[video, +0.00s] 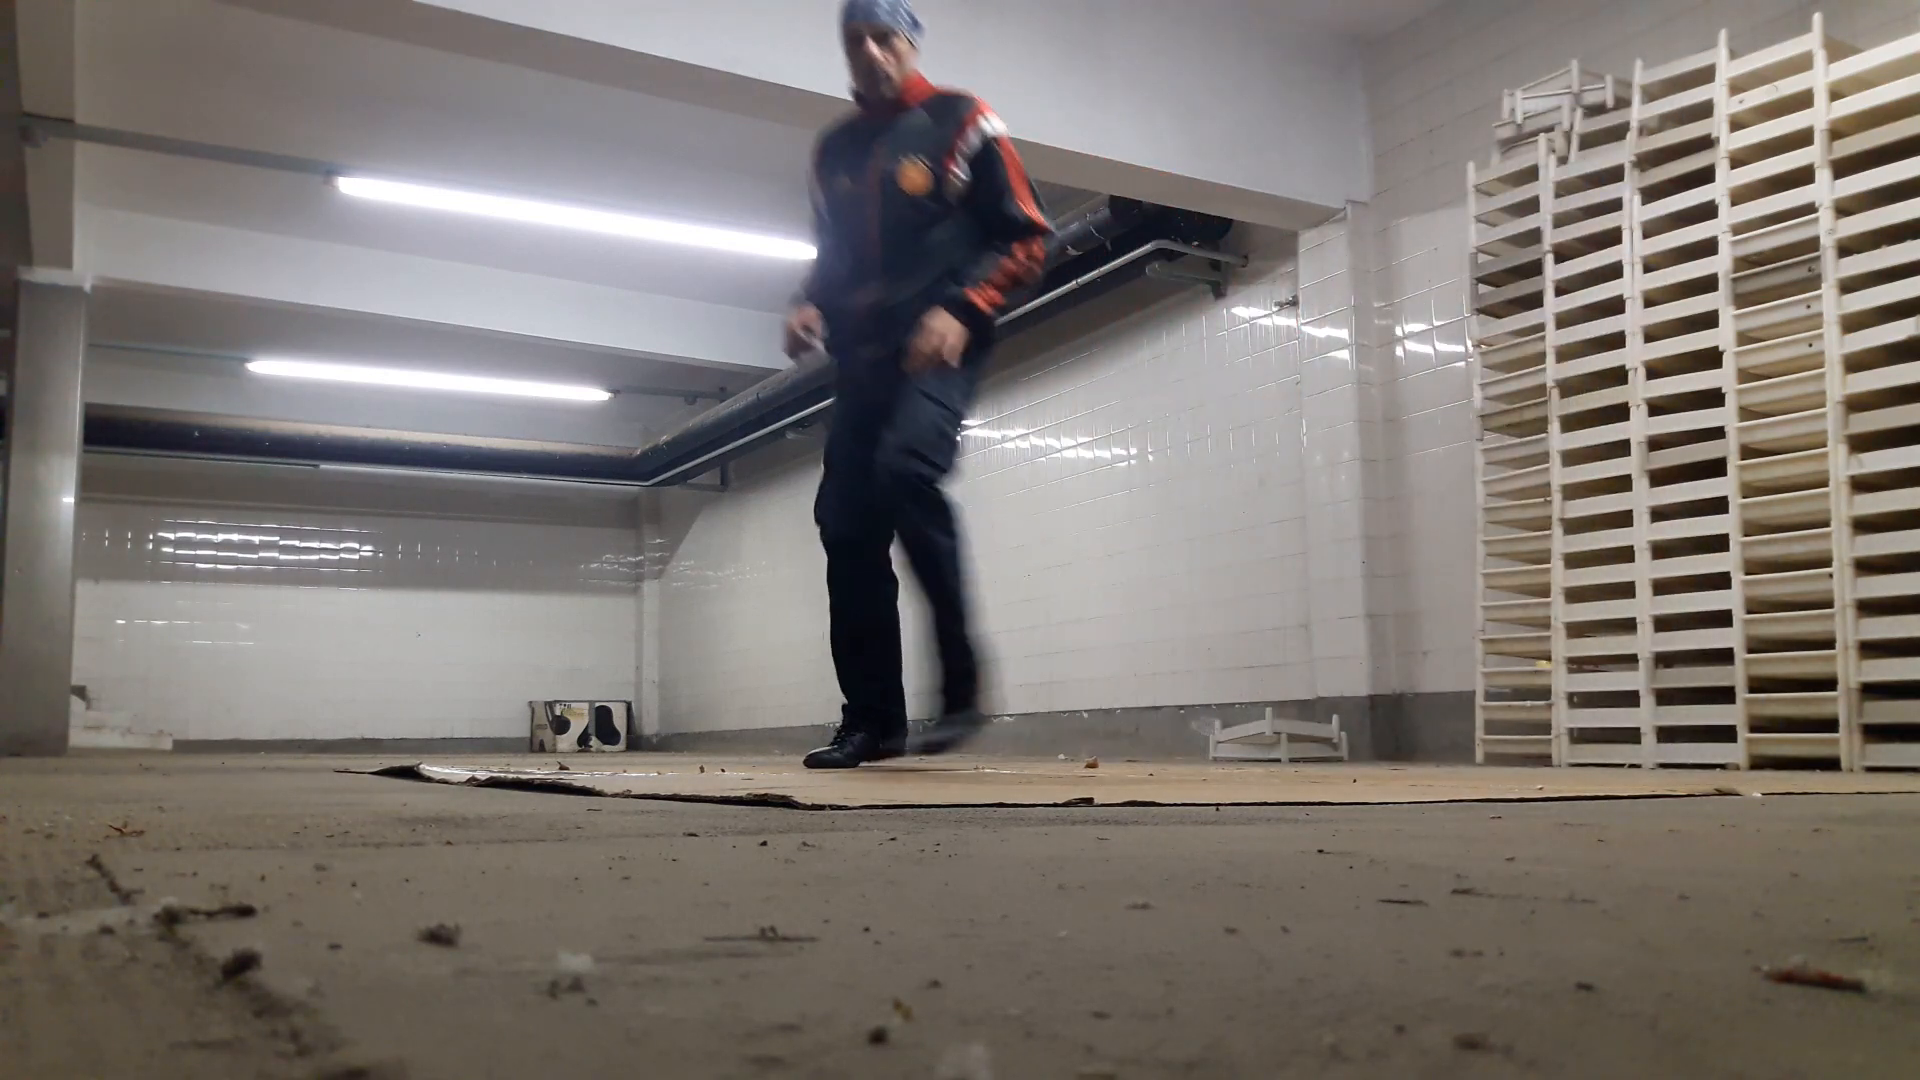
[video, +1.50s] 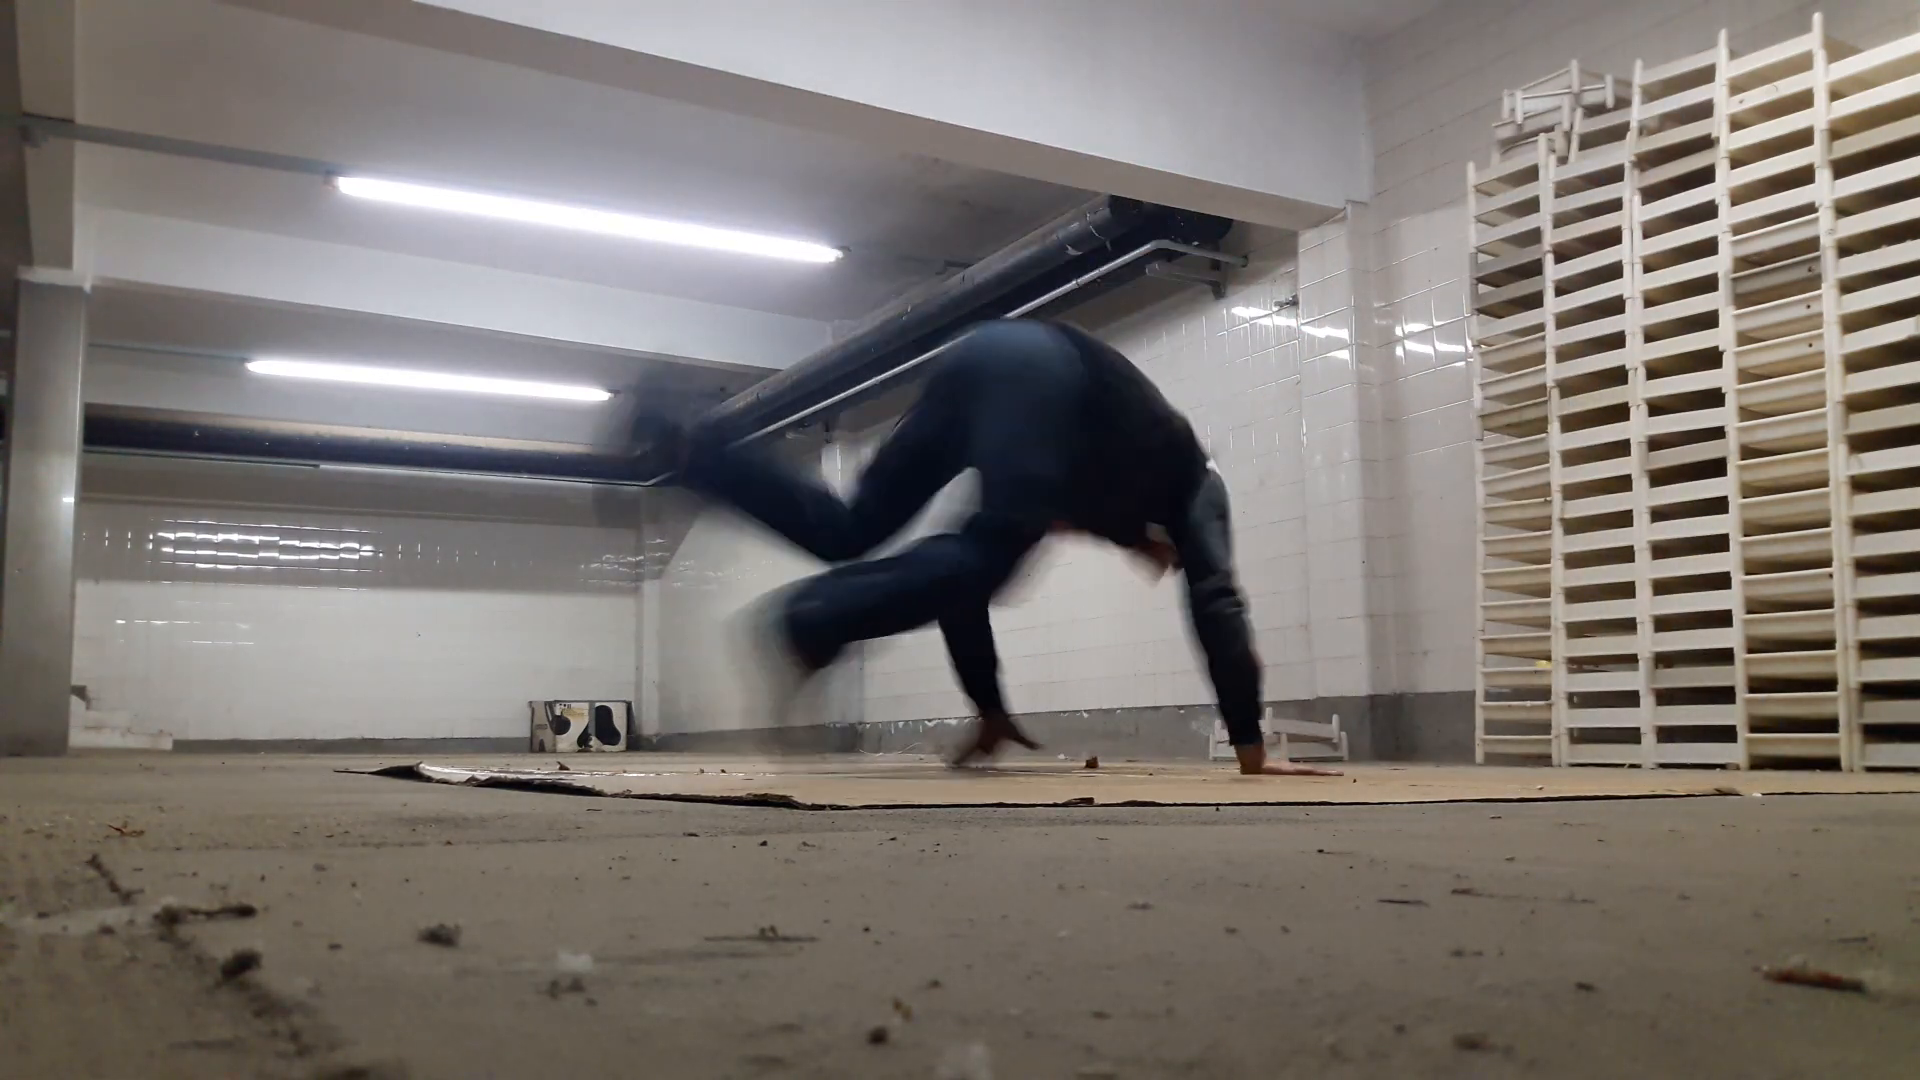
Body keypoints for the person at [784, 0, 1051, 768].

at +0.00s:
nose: (868, 56)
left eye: (881, 40)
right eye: (855, 44)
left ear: (911, 44)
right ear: (844, 56)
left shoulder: (962, 120)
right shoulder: (833, 148)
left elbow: (1029, 239)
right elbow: (837, 250)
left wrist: (961, 310)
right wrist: (809, 303)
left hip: (939, 341)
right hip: (861, 351)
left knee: (903, 475)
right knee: (844, 521)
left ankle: (962, 697)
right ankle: (873, 721)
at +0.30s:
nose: (783, 13)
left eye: (799, 1)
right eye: (777, 3)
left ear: (839, 8)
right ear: (775, 17)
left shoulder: (877, 86)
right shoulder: (773, 115)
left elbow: (922, 219)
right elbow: (766, 242)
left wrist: (814, 301)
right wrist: (714, 295)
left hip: (815, 345)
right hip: (756, 341)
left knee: (714, 504)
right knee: (689, 506)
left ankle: (725, 733)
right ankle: (806, 668)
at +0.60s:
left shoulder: (891, 57)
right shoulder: (719, 42)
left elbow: (945, 197)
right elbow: (665, 154)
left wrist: (895, 276)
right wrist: (641, 248)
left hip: (841, 315)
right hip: (738, 306)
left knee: (840, 465)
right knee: (725, 491)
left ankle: (792, 661)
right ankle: (699, 722)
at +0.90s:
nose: (963, 36)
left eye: (967, 22)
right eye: (951, 17)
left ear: (956, 24)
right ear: (898, 9)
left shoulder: (955, 115)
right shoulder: (801, 78)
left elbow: (1002, 233)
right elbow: (686, 148)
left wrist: (982, 304)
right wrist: (606, 229)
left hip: (904, 351)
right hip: (809, 345)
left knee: (968, 495)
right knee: (777, 507)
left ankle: (918, 660)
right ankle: (720, 705)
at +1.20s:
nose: (1140, 277)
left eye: (1146, 262)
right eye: (1136, 257)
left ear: (1097, 246)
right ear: (1090, 239)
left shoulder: (1077, 310)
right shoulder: (992, 266)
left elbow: (1116, 414)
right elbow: (1033, 385)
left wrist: (1188, 510)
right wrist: (1138, 481)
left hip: (947, 447)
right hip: (869, 425)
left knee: (1021, 574)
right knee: (856, 534)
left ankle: (1021, 733)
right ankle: (733, 725)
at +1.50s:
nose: (1151, 565)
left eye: (1152, 563)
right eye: (1161, 559)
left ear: (1134, 537)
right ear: (1175, 526)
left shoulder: (1067, 493)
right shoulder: (1190, 485)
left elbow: (960, 584)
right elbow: (1217, 602)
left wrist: (991, 714)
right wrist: (1251, 748)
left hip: (971, 357)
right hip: (1043, 367)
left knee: (851, 529)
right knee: (971, 561)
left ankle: (690, 447)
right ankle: (805, 622)